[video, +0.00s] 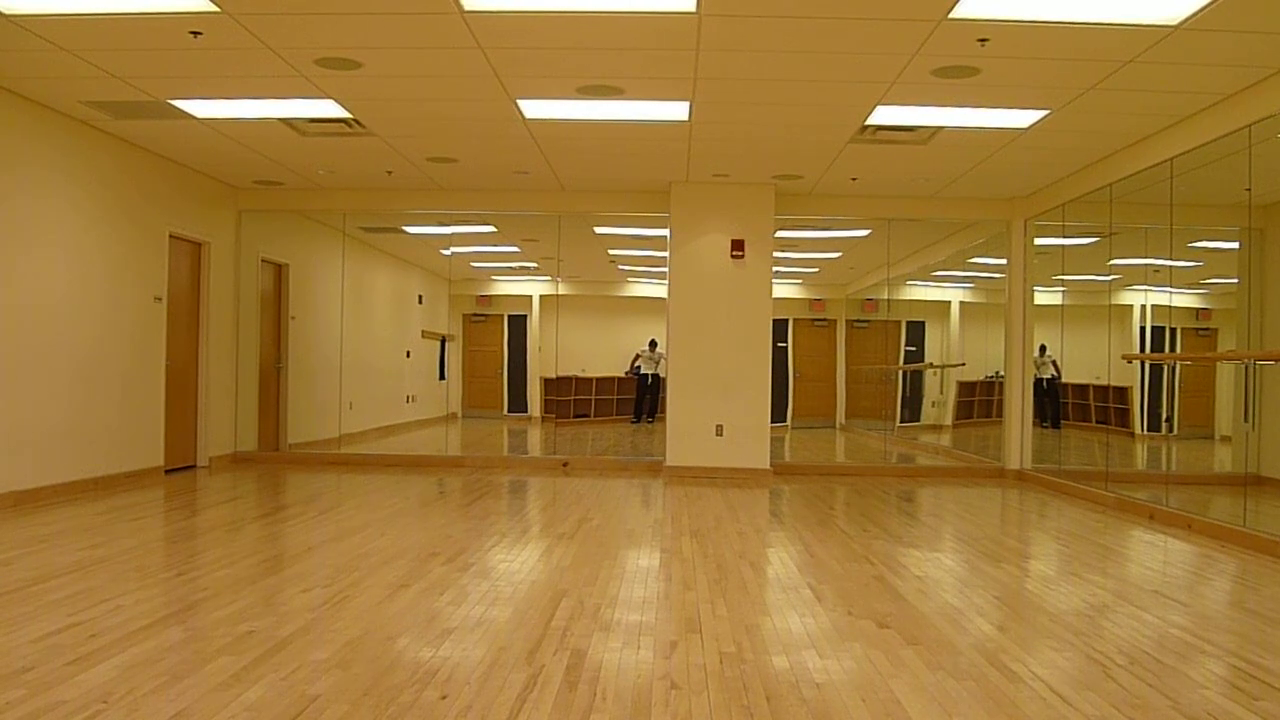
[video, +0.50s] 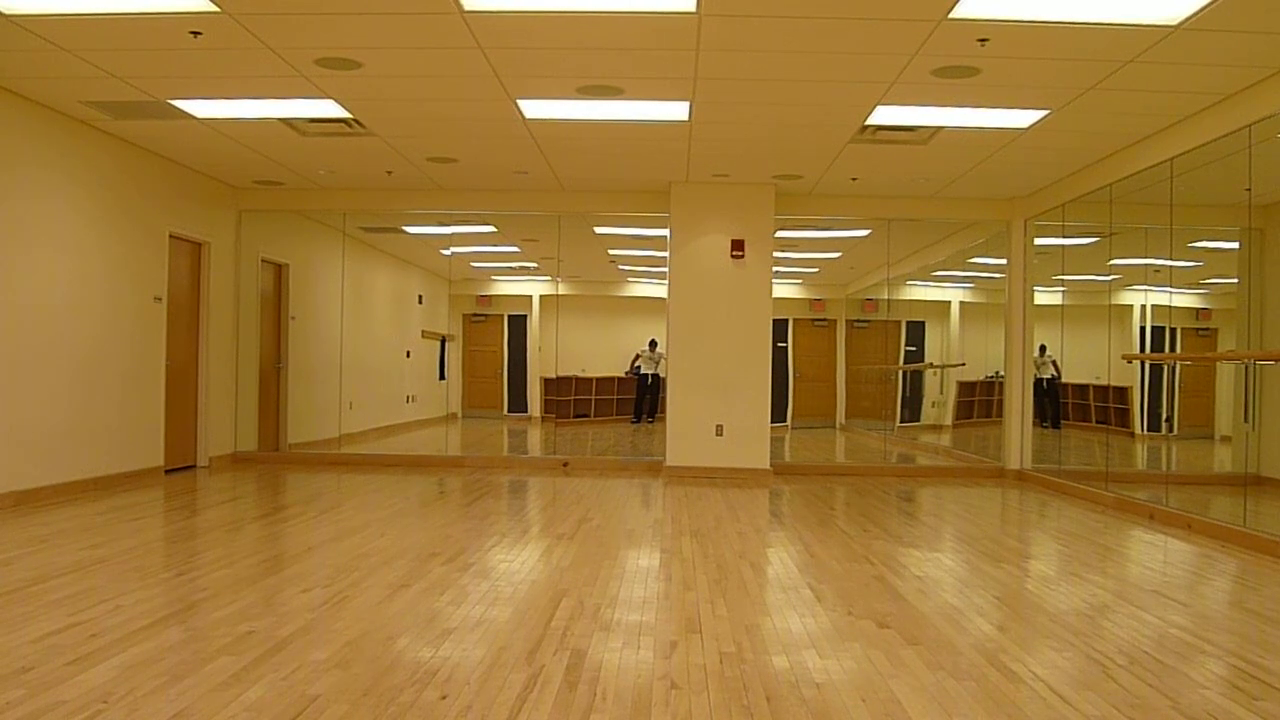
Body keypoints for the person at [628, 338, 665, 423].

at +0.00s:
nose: (652, 350)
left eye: (653, 348)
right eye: (650, 348)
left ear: (656, 348)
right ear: (648, 346)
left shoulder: (660, 354)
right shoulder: (642, 352)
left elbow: (668, 361)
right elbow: (634, 360)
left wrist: (667, 373)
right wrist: (631, 370)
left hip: (654, 374)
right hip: (643, 373)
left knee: (654, 396)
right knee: (640, 395)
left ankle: (651, 416)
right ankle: (637, 416)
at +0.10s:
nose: (652, 350)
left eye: (653, 348)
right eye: (650, 348)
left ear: (656, 348)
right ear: (648, 346)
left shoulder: (660, 354)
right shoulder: (642, 352)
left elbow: (668, 361)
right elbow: (634, 360)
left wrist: (667, 373)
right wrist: (631, 370)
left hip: (654, 374)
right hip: (643, 374)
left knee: (654, 396)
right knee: (640, 395)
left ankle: (651, 416)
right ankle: (637, 416)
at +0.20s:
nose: (652, 350)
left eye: (653, 348)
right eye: (650, 348)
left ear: (656, 348)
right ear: (648, 346)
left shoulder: (660, 354)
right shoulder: (642, 352)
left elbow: (668, 361)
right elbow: (634, 360)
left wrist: (667, 374)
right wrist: (631, 370)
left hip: (654, 374)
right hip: (643, 373)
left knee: (654, 396)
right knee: (640, 395)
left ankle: (651, 416)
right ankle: (637, 416)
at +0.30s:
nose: (652, 350)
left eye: (654, 348)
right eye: (651, 348)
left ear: (656, 348)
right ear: (648, 346)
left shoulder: (659, 354)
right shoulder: (642, 352)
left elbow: (668, 361)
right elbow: (634, 360)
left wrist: (667, 373)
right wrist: (631, 369)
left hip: (654, 374)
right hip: (643, 374)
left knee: (654, 396)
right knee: (640, 395)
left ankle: (651, 416)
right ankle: (637, 416)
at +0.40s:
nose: (652, 350)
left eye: (654, 348)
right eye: (651, 348)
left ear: (656, 348)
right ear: (648, 347)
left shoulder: (660, 354)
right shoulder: (642, 352)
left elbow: (668, 361)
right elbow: (634, 360)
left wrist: (667, 373)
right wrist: (631, 369)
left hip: (654, 374)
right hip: (643, 374)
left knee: (654, 396)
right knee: (640, 395)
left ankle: (651, 416)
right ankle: (637, 416)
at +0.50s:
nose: (652, 350)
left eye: (654, 348)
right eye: (651, 348)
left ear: (656, 348)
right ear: (648, 346)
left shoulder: (660, 354)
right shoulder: (642, 352)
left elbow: (668, 361)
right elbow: (634, 360)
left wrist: (667, 373)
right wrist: (631, 369)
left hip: (654, 374)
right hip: (643, 374)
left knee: (654, 396)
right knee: (640, 395)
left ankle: (651, 416)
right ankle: (637, 416)